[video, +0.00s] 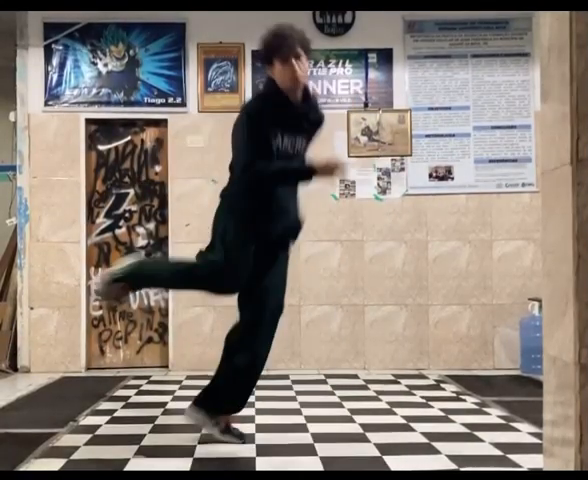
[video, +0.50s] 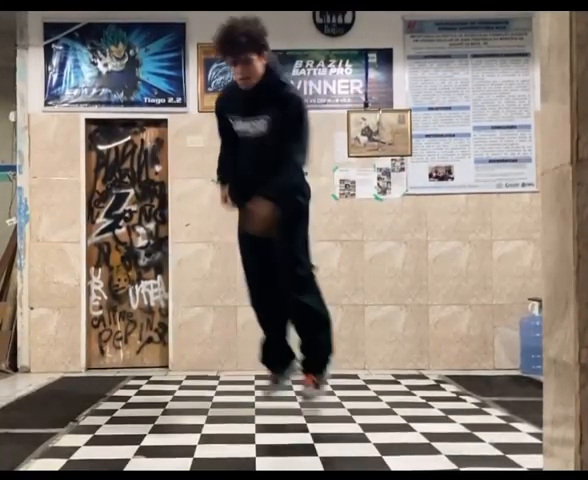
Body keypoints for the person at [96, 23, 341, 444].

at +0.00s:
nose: (301, 68)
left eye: (302, 59)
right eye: (292, 61)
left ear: (306, 61)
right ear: (273, 67)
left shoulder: (302, 106)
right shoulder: (257, 111)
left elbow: (313, 124)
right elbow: (252, 170)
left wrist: (301, 91)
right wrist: (310, 169)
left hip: (275, 229)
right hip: (242, 221)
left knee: (260, 322)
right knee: (224, 276)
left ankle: (213, 406)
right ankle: (133, 274)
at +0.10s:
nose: (280, 45)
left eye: (284, 35)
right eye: (269, 40)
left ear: (295, 38)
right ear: (256, 48)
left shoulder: (311, 89)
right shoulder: (249, 90)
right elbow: (248, 154)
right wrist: (308, 147)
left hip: (288, 201)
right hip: (249, 197)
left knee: (276, 294)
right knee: (244, 266)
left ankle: (240, 383)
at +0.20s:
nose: (270, 44)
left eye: (274, 35)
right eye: (261, 39)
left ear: (289, 38)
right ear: (251, 49)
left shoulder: (316, 94)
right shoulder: (242, 94)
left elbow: (313, 153)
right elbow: (241, 164)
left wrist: (308, 176)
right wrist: (291, 179)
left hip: (293, 202)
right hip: (252, 201)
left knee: (287, 284)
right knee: (239, 281)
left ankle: (282, 375)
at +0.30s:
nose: (266, 66)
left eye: (271, 57)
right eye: (258, 61)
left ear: (285, 62)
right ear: (247, 70)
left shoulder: (309, 115)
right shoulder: (238, 124)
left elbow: (329, 175)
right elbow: (236, 186)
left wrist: (335, 227)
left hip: (302, 227)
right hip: (256, 231)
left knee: (303, 306)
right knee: (262, 313)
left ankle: (326, 386)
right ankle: (296, 387)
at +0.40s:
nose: (261, 82)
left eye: (266, 73)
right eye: (253, 76)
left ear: (279, 77)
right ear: (243, 84)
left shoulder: (302, 124)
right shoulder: (235, 131)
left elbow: (327, 177)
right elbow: (226, 181)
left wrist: (338, 228)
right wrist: (217, 225)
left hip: (300, 233)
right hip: (260, 237)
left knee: (321, 308)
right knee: (280, 315)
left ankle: (329, 390)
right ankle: (302, 389)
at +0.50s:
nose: (241, 70)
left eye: (247, 61)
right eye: (234, 63)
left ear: (265, 56)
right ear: (227, 63)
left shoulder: (286, 99)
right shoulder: (227, 101)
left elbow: (293, 157)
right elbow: (228, 144)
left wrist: (270, 196)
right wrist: (226, 180)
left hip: (286, 196)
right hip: (249, 198)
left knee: (293, 278)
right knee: (260, 283)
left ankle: (316, 357)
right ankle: (279, 360)